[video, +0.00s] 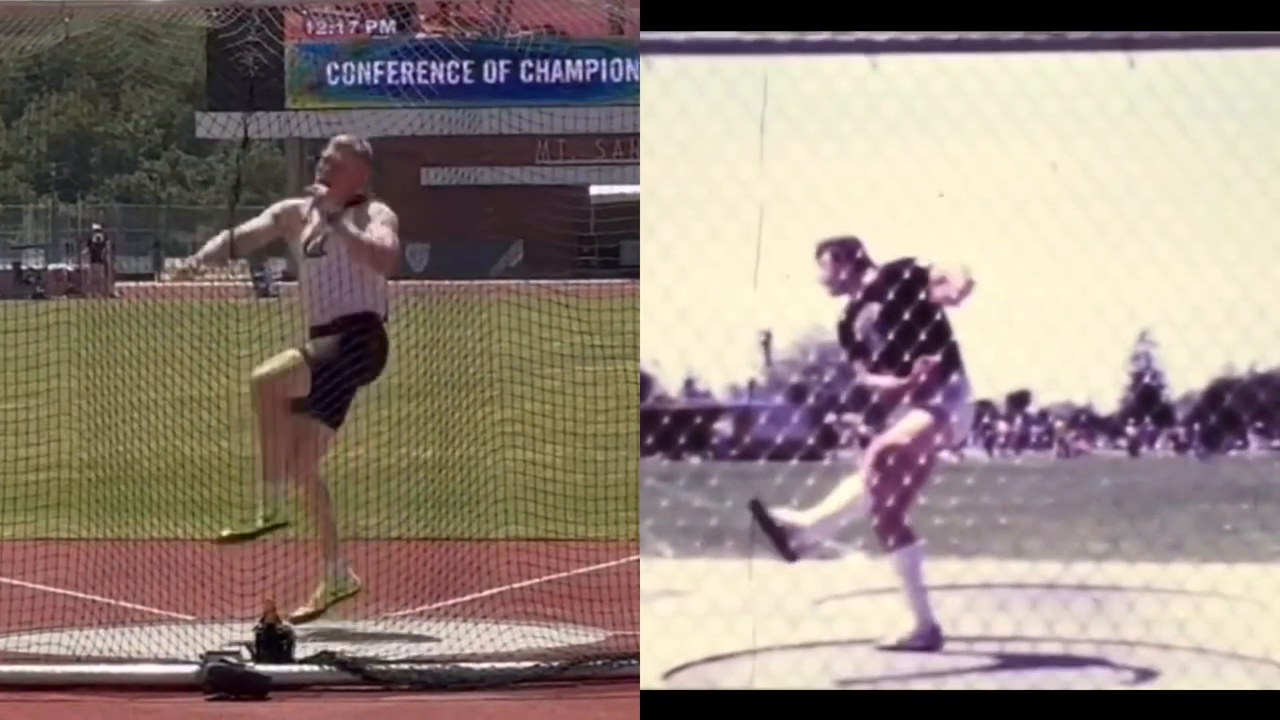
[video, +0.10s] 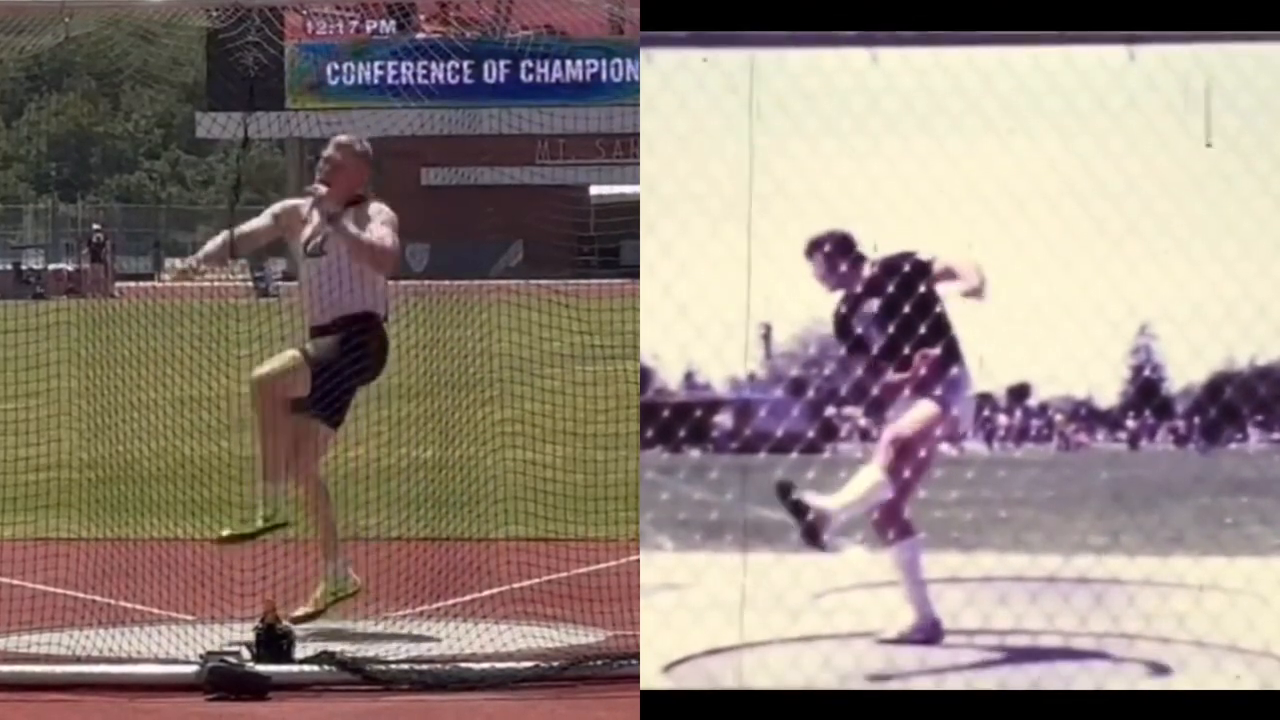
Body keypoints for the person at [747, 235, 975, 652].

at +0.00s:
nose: (823, 281)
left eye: (827, 270)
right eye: (821, 272)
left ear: (849, 263)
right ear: (837, 269)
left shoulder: (901, 274)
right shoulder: (849, 324)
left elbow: (956, 278)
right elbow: (865, 377)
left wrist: (954, 291)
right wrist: (905, 381)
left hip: (947, 396)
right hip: (908, 409)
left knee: (882, 456)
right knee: (886, 511)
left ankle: (803, 524)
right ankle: (926, 625)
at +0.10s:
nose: (817, 277)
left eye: (819, 267)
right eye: (814, 270)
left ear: (839, 257)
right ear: (826, 266)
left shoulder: (898, 268)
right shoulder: (845, 319)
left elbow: (952, 270)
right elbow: (877, 379)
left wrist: (971, 281)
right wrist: (911, 374)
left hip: (949, 385)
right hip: (912, 401)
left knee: (894, 442)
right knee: (889, 511)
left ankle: (827, 514)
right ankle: (926, 619)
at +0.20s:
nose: (817, 276)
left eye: (820, 266)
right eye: (812, 270)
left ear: (840, 256)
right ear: (817, 270)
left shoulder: (897, 267)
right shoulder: (838, 315)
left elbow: (953, 267)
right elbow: (872, 372)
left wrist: (993, 277)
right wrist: (904, 371)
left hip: (945, 377)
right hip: (901, 396)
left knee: (916, 430)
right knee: (886, 500)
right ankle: (925, 616)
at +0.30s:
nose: (814, 270)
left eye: (816, 259)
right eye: (807, 264)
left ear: (836, 248)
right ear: (809, 266)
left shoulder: (894, 266)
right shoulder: (832, 310)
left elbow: (958, 265)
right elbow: (858, 365)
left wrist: (1002, 273)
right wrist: (867, 404)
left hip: (940, 375)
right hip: (896, 398)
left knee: (939, 422)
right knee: (880, 504)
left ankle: (956, 495)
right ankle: (924, 618)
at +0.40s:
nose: (815, 261)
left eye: (816, 249)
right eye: (807, 255)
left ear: (836, 238)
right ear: (807, 258)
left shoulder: (894, 258)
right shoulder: (829, 302)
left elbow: (956, 257)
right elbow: (850, 356)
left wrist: (1002, 265)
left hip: (936, 366)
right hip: (893, 390)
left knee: (956, 412)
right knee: (879, 498)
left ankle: (987, 487)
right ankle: (922, 612)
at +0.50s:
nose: (815, 253)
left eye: (817, 241)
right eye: (808, 245)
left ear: (836, 229)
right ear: (811, 245)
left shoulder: (896, 247)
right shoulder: (828, 288)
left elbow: (959, 248)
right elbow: (835, 342)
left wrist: (1004, 256)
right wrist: (858, 365)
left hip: (936, 360)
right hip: (891, 381)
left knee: (980, 401)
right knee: (877, 494)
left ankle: (1050, 482)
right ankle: (918, 606)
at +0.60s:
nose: (822, 247)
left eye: (823, 236)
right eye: (815, 241)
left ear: (841, 221)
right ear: (815, 239)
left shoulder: (900, 240)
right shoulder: (825, 279)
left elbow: (964, 244)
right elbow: (825, 335)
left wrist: (1011, 247)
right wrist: (840, 371)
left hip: (939, 356)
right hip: (890, 377)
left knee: (994, 398)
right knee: (873, 489)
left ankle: (1093, 468)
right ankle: (909, 600)